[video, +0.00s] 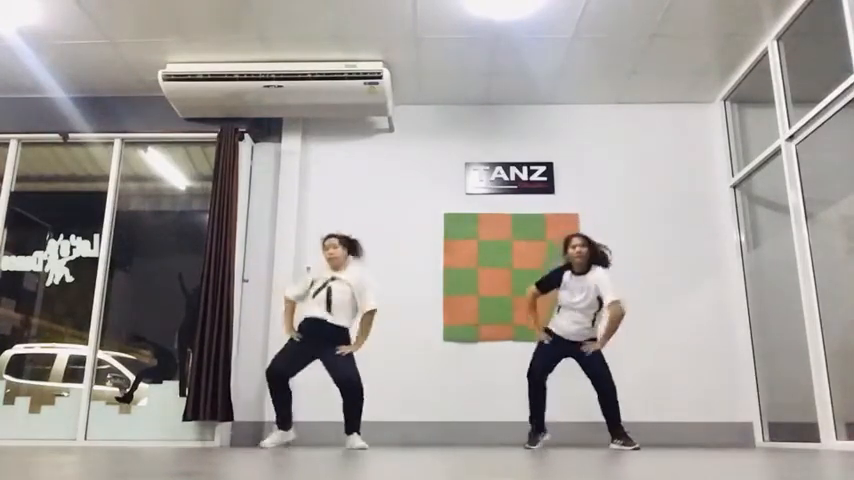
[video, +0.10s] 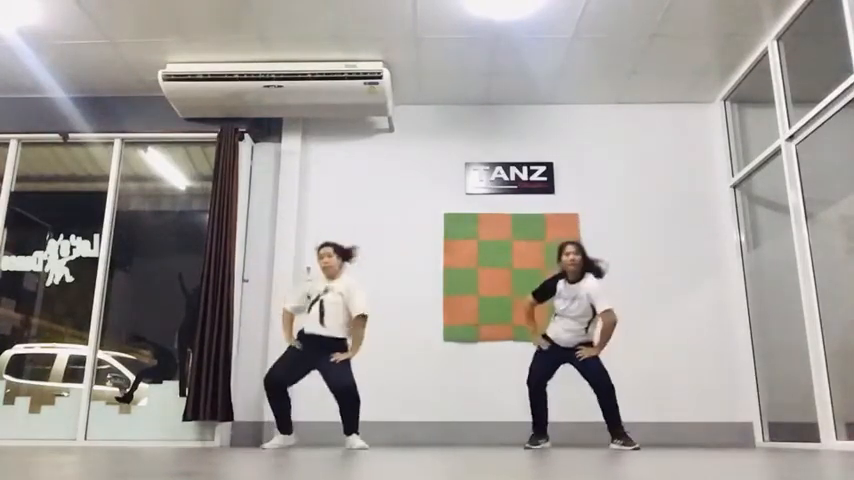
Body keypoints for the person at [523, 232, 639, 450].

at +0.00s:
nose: (578, 250)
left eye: (582, 246)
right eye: (573, 247)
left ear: (590, 251)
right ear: (567, 253)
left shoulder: (598, 277)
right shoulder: (560, 275)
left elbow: (617, 312)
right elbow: (532, 294)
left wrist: (601, 343)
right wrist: (538, 327)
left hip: (585, 343)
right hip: (555, 339)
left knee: (606, 386)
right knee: (535, 376)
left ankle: (617, 434)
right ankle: (537, 430)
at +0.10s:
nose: (572, 258)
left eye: (576, 254)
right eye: (567, 254)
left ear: (583, 259)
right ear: (560, 260)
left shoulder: (591, 285)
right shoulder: (555, 283)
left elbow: (610, 319)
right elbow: (529, 304)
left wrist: (598, 348)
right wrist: (535, 334)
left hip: (581, 348)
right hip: (552, 345)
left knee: (604, 385)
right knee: (535, 381)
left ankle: (618, 435)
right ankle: (539, 434)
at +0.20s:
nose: (566, 260)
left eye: (571, 256)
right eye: (561, 257)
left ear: (578, 261)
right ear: (555, 263)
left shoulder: (587, 286)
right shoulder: (552, 285)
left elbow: (604, 320)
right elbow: (527, 306)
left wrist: (597, 349)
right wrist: (534, 336)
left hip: (580, 350)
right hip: (552, 348)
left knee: (604, 386)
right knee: (533, 383)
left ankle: (618, 435)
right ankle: (539, 435)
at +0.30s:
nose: (562, 259)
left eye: (566, 255)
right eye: (556, 256)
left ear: (573, 260)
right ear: (550, 262)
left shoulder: (583, 283)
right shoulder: (547, 287)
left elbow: (603, 314)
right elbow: (524, 312)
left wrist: (599, 347)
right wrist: (537, 341)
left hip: (583, 350)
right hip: (554, 350)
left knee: (607, 385)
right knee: (534, 383)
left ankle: (619, 435)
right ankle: (539, 435)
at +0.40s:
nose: (558, 253)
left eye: (562, 249)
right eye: (553, 250)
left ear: (568, 254)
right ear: (545, 256)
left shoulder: (578, 274)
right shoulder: (541, 282)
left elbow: (604, 300)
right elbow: (522, 312)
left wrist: (604, 335)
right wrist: (537, 340)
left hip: (589, 342)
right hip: (559, 345)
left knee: (614, 378)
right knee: (542, 382)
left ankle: (623, 432)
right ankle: (540, 435)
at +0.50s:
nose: (559, 252)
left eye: (563, 247)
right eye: (554, 247)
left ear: (568, 251)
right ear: (544, 252)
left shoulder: (578, 269)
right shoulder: (540, 280)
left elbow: (605, 290)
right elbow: (527, 314)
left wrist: (609, 326)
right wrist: (546, 341)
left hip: (594, 334)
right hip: (566, 340)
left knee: (621, 367)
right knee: (551, 383)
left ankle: (628, 424)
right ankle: (541, 434)